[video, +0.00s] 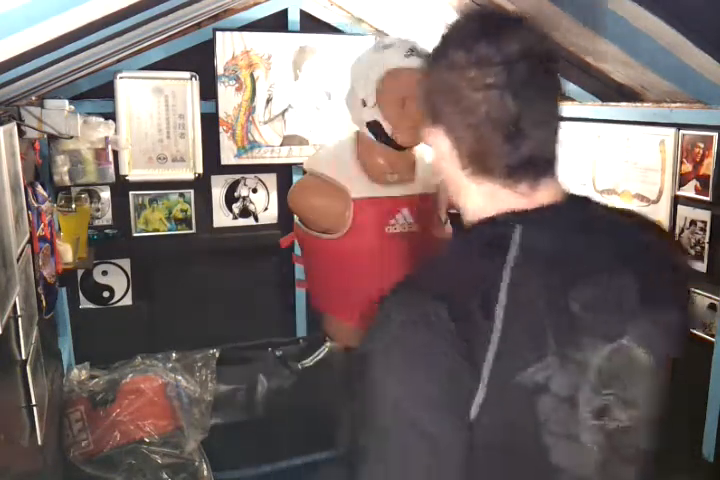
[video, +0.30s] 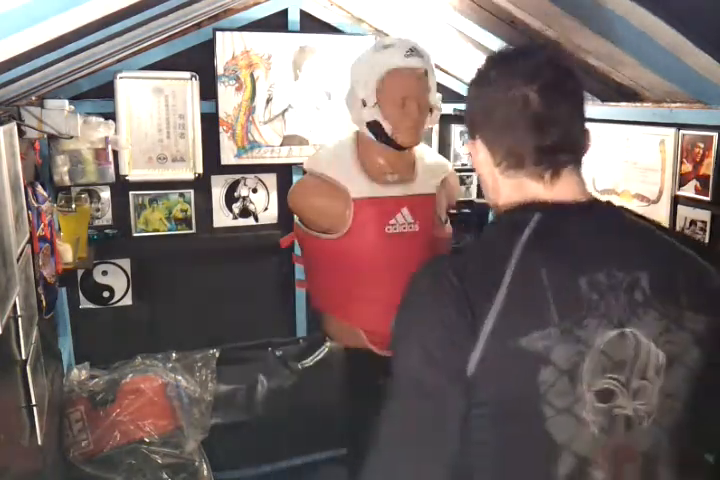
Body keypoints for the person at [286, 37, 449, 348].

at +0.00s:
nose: (417, 113)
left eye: (422, 99)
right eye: (403, 102)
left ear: (434, 99)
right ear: (367, 106)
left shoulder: (439, 177)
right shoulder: (323, 188)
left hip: (426, 350)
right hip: (353, 355)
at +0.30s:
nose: (418, 113)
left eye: (423, 101)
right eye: (404, 102)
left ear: (432, 106)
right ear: (366, 106)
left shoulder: (441, 178)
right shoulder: (322, 188)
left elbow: (448, 271)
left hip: (431, 356)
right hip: (359, 365)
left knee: (433, 466)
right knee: (370, 466)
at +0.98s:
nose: (480, 146)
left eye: (480, 132)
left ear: (491, 139)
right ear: (575, 130)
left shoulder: (463, 241)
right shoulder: (659, 237)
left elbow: (396, 398)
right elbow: (677, 396)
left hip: (487, 464)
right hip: (624, 465)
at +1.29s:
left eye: (474, 139)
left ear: (485, 149)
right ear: (565, 140)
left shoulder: (448, 231)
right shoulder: (636, 234)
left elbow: (371, 373)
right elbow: (635, 351)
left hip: (465, 458)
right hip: (590, 458)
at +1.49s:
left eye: (465, 144)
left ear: (475, 152)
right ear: (553, 142)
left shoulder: (433, 234)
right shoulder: (628, 244)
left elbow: (365, 337)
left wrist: (374, 460)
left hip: (450, 458)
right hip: (565, 461)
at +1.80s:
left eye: (465, 146)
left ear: (476, 154)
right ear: (553, 143)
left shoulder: (438, 233)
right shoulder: (626, 243)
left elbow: (368, 356)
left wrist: (376, 465)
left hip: (453, 456)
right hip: (568, 459)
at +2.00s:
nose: (467, 160)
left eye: (465, 148)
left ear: (477, 154)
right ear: (552, 143)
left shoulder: (440, 234)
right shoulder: (624, 239)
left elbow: (370, 358)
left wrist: (378, 466)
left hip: (455, 459)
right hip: (570, 461)